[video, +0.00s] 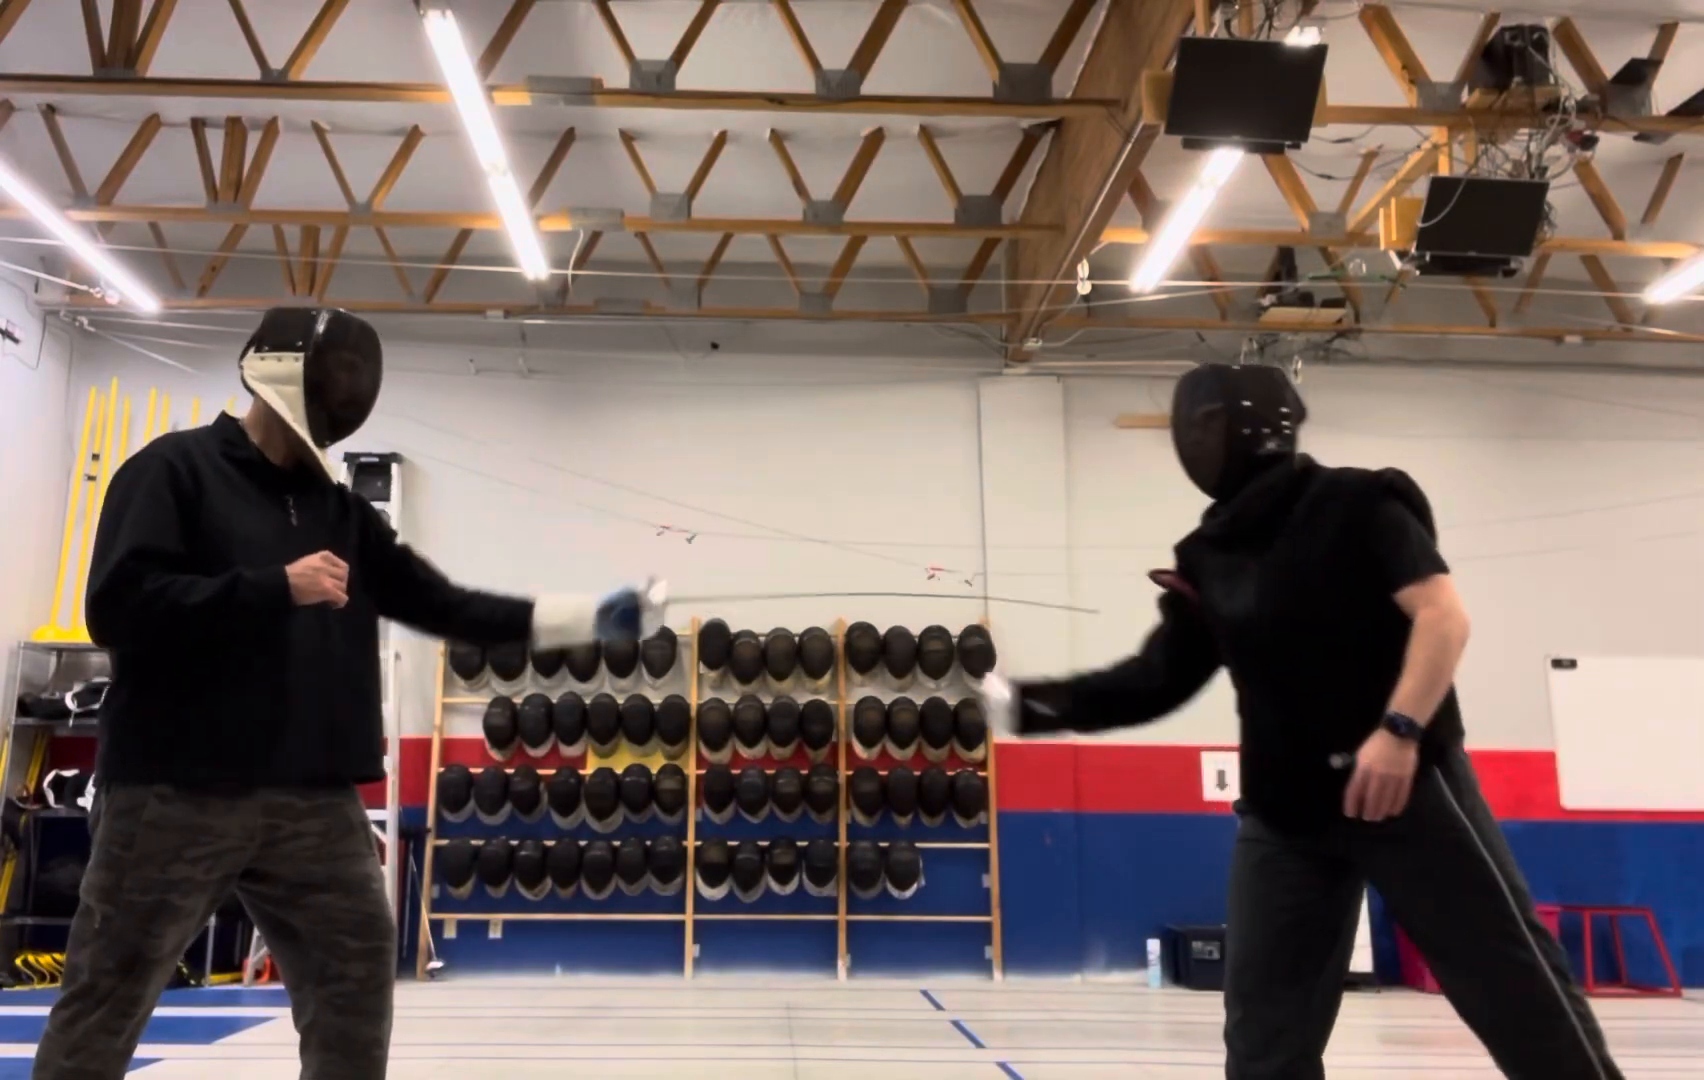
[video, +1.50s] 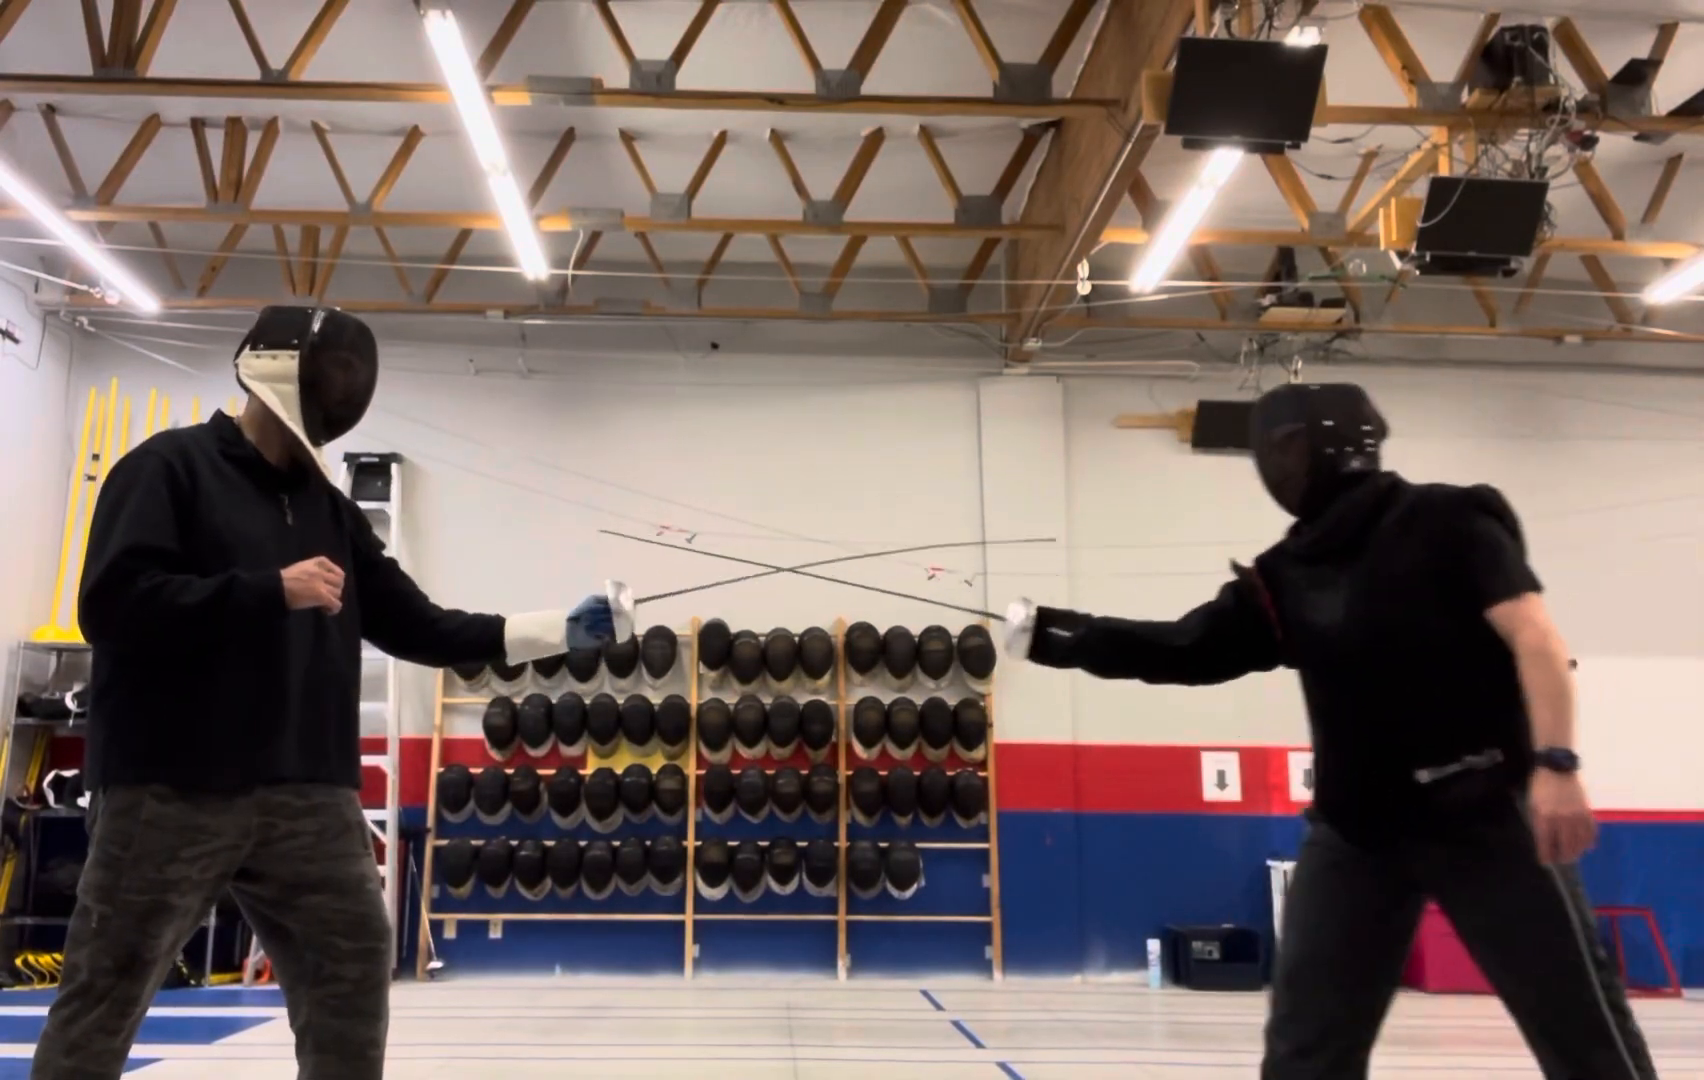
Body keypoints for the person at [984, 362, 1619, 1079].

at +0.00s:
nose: (1182, 448)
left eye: (1191, 428)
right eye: (1181, 432)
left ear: (1234, 424)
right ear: (1260, 423)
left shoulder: (1360, 504)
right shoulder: (1210, 561)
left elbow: (1443, 619)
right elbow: (1158, 677)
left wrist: (1402, 730)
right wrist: (1037, 702)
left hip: (1408, 793)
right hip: (1288, 815)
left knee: (1517, 990)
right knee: (1267, 1039)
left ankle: (1590, 1079)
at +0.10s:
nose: (1237, 459)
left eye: (1248, 438)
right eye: (1234, 442)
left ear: (1297, 437)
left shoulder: (1410, 519)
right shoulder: (1255, 565)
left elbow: (1492, 635)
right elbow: (1238, 697)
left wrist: (1449, 748)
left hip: (1442, 800)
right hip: (1320, 816)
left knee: (1549, 1002)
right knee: (1275, 1037)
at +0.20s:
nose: (1297, 470)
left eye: (1306, 450)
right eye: (1294, 453)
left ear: (1342, 450)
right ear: (1380, 448)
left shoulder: (1472, 529)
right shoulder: (1313, 576)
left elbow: (1552, 649)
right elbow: (1299, 706)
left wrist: (1505, 764)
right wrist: (1216, 783)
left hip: (1494, 816)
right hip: (1368, 828)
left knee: (1588, 1030)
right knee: (1302, 1043)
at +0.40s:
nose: (1387, 462)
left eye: (1398, 442)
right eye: (1384, 446)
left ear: (1437, 440)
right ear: (1470, 439)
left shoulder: (1569, 520)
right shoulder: (1403, 566)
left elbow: (1642, 640)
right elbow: (1374, 690)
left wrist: (1610, 768)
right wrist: (1264, 717)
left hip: (1582, 812)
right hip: (1459, 823)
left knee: (1640, 1037)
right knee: (1398, 1043)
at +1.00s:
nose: (1430, 455)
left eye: (1445, 434)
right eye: (1422, 440)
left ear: (1499, 429)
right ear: (1420, 449)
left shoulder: (1616, 513)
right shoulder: (1433, 563)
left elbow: (1692, 623)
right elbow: (1332, 627)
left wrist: (1694, 753)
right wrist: (1204, 619)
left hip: (1645, 810)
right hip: (1511, 824)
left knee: (1670, 1034)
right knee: (1497, 1013)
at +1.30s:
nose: (1363, 469)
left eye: (1373, 449)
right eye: (1359, 455)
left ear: (1421, 441)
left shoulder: (1554, 517)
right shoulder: (1377, 571)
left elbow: (1635, 631)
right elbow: (1269, 631)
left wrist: (1647, 759)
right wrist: (1143, 626)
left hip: (1583, 809)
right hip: (1453, 828)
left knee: (1647, 1039)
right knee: (1397, 1039)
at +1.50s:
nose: (1266, 471)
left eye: (1276, 450)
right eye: (1263, 455)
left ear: (1323, 442)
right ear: (1326, 451)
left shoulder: (1451, 519)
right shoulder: (1286, 577)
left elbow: (1534, 638)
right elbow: (1184, 648)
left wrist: (1557, 763)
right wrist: (1045, 633)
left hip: (1485, 819)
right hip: (1358, 834)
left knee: (1590, 1045)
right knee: (1305, 1057)